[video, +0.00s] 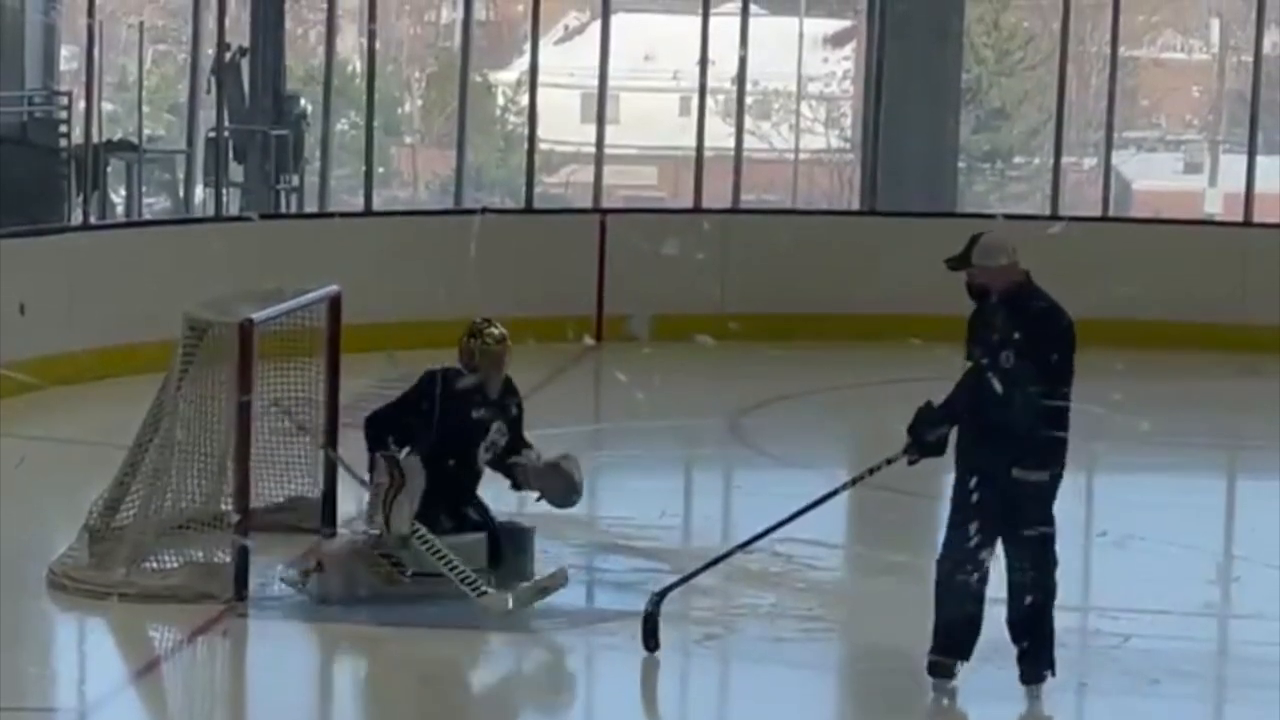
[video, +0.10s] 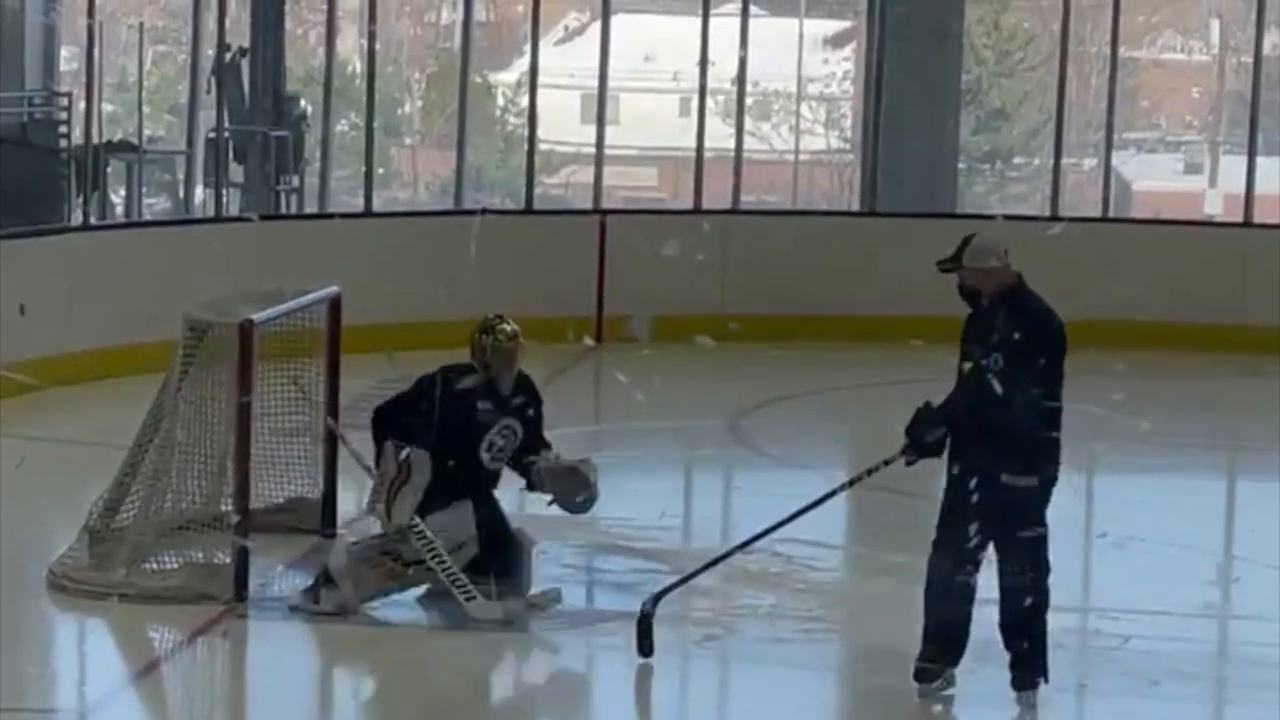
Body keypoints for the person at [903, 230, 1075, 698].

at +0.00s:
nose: (970, 281)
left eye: (976, 273)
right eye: (970, 274)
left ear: (1001, 272)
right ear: (989, 273)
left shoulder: (1049, 321)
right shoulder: (986, 314)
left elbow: (1044, 403)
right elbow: (976, 383)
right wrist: (936, 426)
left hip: (1031, 468)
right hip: (980, 463)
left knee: (1030, 569)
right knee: (961, 562)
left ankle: (1035, 671)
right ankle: (945, 663)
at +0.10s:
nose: (964, 284)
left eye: (970, 276)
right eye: (963, 276)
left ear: (994, 274)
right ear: (979, 275)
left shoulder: (1039, 324)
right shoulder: (980, 318)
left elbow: (1012, 399)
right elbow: (969, 391)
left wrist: (940, 423)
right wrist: (934, 428)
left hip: (1022, 472)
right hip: (971, 466)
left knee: (1022, 577)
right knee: (950, 568)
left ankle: (1027, 684)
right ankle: (936, 673)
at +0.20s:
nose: (955, 285)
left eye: (961, 277)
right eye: (955, 277)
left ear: (985, 275)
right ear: (975, 277)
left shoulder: (1027, 326)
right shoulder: (975, 321)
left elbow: (1013, 416)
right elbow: (962, 398)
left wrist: (943, 434)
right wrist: (930, 425)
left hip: (1013, 473)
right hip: (964, 467)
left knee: (1012, 575)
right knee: (939, 564)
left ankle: (1018, 683)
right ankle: (930, 668)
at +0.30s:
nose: (947, 289)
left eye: (953, 280)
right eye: (946, 280)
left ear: (976, 277)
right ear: (961, 280)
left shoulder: (1014, 328)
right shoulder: (968, 322)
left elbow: (997, 410)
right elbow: (952, 395)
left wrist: (934, 432)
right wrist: (922, 420)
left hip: (1000, 472)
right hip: (954, 466)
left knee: (997, 573)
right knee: (929, 565)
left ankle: (1008, 684)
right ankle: (924, 672)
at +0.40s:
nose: (935, 288)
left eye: (941, 279)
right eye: (934, 280)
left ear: (964, 278)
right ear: (950, 281)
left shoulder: (999, 329)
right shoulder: (957, 324)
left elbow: (982, 406)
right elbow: (936, 393)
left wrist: (919, 434)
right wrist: (904, 423)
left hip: (987, 475)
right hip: (939, 470)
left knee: (981, 572)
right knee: (915, 568)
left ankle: (995, 686)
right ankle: (912, 675)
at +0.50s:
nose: (920, 288)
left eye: (925, 279)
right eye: (919, 280)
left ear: (948, 278)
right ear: (948, 278)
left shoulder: (978, 330)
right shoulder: (944, 326)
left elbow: (968, 415)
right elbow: (926, 397)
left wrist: (906, 438)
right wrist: (896, 428)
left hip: (968, 481)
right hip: (924, 477)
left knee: (964, 577)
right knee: (900, 573)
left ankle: (979, 691)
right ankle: (895, 680)